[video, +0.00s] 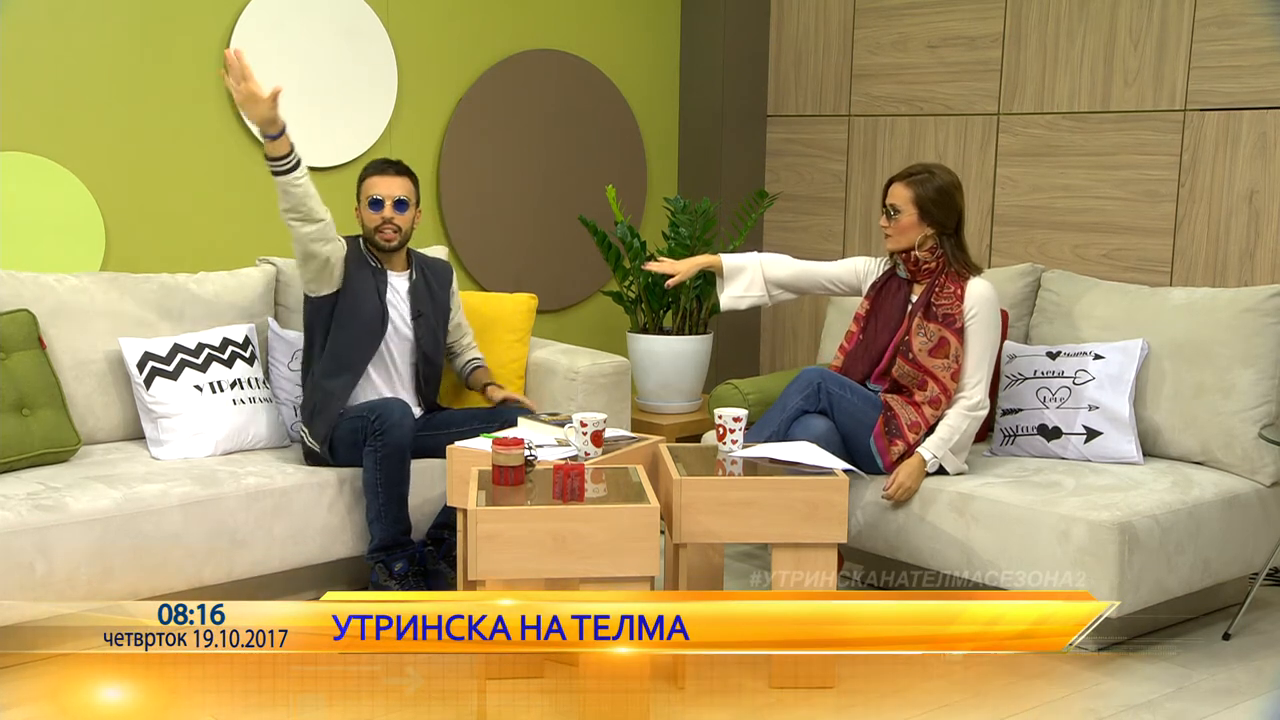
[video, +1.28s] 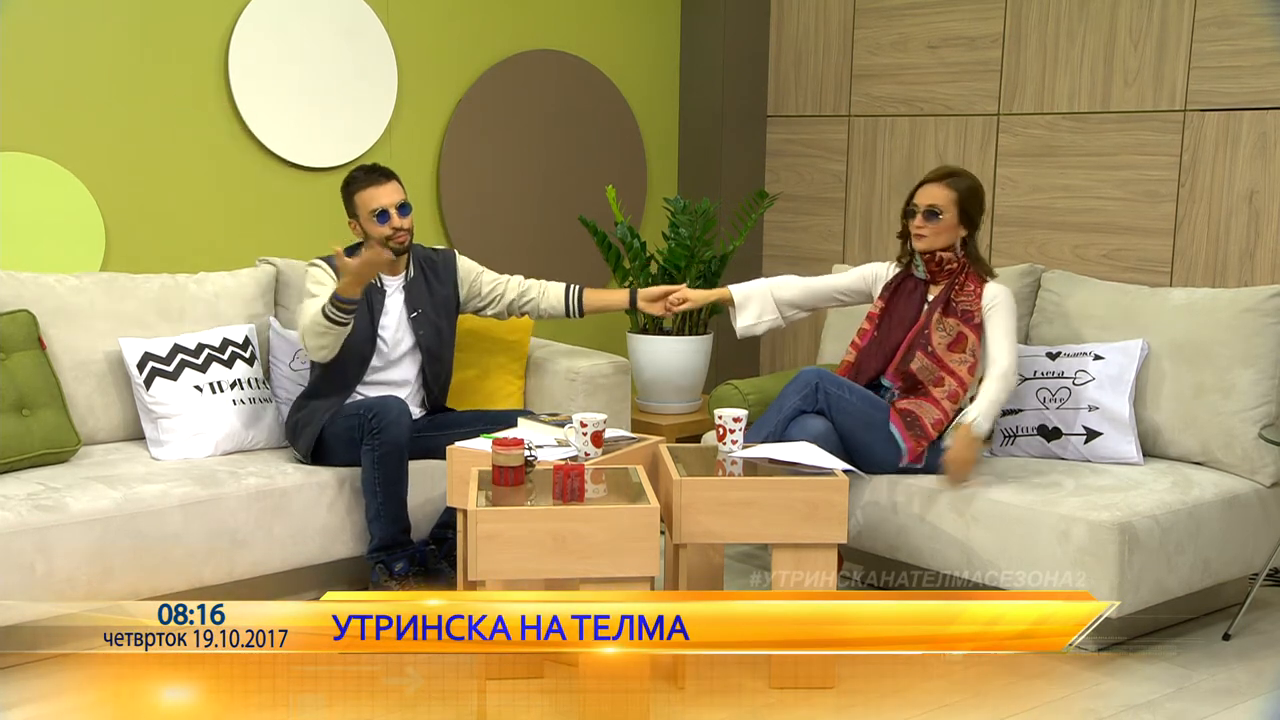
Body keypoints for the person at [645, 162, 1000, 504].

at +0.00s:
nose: (884, 222)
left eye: (895, 213)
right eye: (886, 212)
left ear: (932, 222)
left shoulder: (974, 295)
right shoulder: (881, 271)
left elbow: (972, 399)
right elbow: (797, 273)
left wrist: (921, 460)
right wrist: (705, 262)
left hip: (915, 440)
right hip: (862, 423)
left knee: (817, 379)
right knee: (811, 429)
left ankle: (729, 467)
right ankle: (805, 569)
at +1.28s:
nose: (917, 223)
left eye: (933, 214)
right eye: (914, 213)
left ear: (964, 227)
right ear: (907, 219)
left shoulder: (989, 295)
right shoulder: (890, 276)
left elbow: (1002, 372)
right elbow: (807, 290)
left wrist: (971, 429)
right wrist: (714, 295)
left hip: (922, 436)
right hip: (864, 421)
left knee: (813, 380)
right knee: (809, 431)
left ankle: (734, 468)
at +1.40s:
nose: (927, 223)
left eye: (943, 216)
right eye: (922, 213)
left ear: (972, 227)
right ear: (914, 219)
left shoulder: (991, 294)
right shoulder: (897, 279)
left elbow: (1032, 316)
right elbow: (811, 295)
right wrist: (716, 302)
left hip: (926, 440)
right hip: (868, 423)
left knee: (812, 380)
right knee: (809, 429)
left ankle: (732, 475)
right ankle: (804, 571)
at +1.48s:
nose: (934, 223)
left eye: (949, 216)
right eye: (928, 214)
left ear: (976, 229)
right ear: (918, 222)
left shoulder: (994, 292)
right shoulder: (896, 282)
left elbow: (1044, 276)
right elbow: (810, 294)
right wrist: (718, 303)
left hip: (924, 440)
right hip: (865, 422)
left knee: (812, 381)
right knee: (810, 432)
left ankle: (734, 472)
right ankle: (802, 570)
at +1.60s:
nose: (939, 226)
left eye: (954, 217)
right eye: (933, 216)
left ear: (981, 229)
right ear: (923, 224)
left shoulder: (996, 293)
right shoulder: (900, 280)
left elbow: (1040, 241)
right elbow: (816, 292)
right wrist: (723, 300)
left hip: (923, 436)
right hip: (865, 418)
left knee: (812, 380)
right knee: (800, 430)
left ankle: (739, 459)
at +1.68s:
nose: (941, 225)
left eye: (956, 217)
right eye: (934, 215)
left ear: (983, 228)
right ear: (925, 222)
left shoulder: (998, 291)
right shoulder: (901, 280)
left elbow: (1039, 232)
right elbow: (816, 296)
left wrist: (1090, 150)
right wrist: (724, 300)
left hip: (924, 433)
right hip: (863, 415)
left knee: (812, 381)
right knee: (805, 438)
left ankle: (741, 458)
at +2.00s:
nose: (947, 229)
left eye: (962, 220)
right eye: (940, 219)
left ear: (988, 231)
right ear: (930, 226)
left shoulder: (1001, 294)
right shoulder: (905, 280)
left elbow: (1045, 237)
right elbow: (820, 290)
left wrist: (1100, 157)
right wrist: (725, 297)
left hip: (925, 433)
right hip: (866, 415)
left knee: (813, 380)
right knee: (807, 434)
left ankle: (731, 469)